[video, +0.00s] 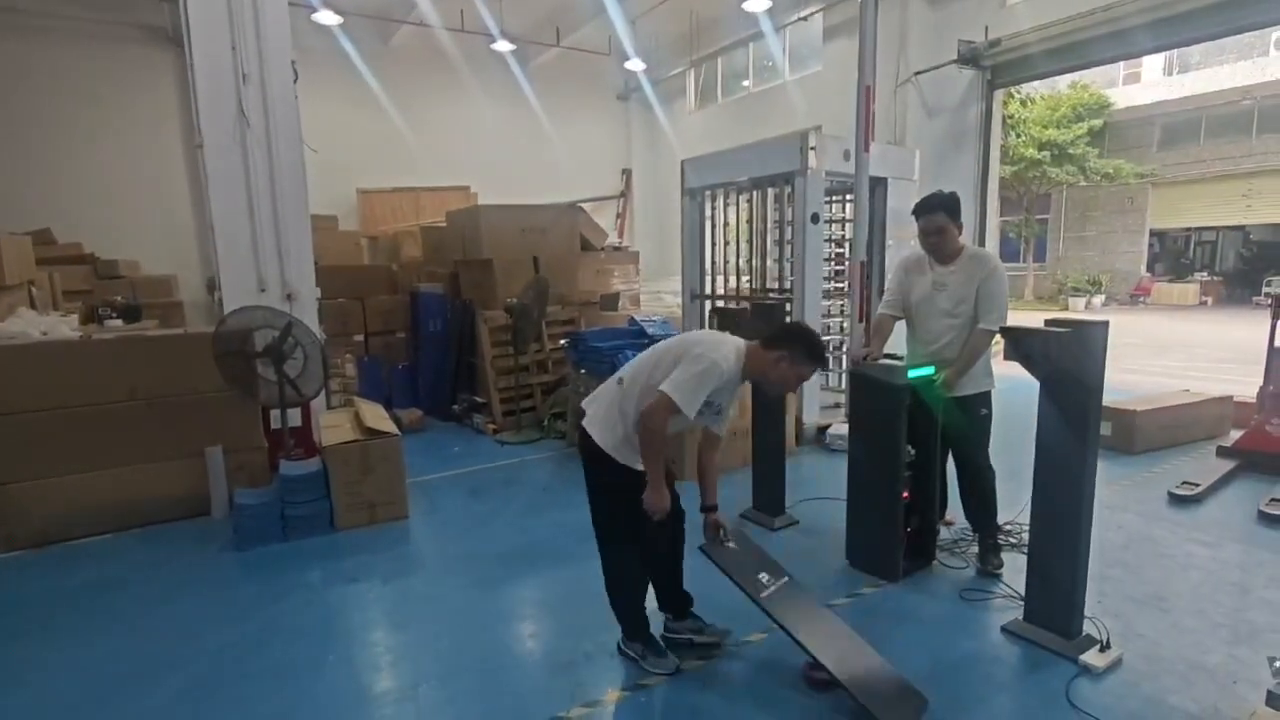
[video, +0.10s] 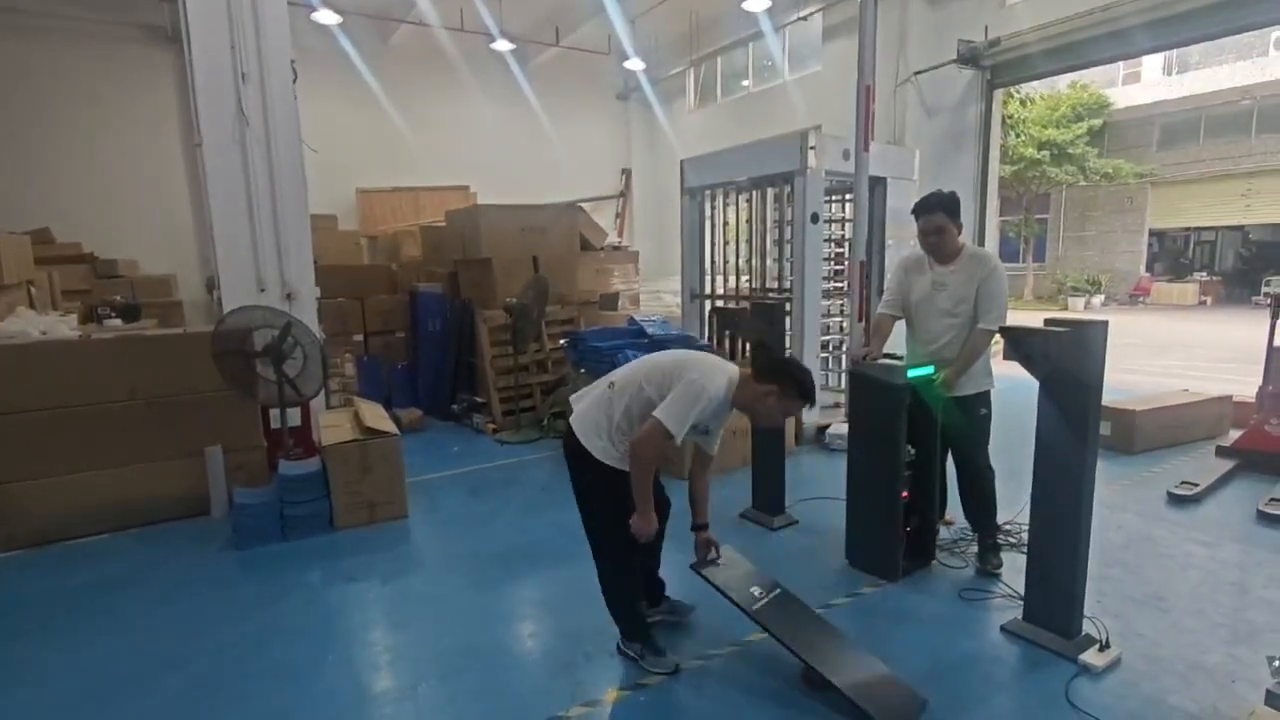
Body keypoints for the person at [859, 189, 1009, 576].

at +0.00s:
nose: (929, 242)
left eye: (937, 234)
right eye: (923, 234)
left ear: (959, 229)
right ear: (917, 232)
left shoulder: (986, 266)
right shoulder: (910, 264)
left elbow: (988, 327)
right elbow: (888, 312)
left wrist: (954, 373)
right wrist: (872, 348)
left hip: (970, 386)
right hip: (922, 385)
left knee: (975, 468)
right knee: (924, 468)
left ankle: (988, 543)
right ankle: (921, 543)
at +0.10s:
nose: (929, 241)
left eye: (937, 233)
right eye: (923, 234)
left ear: (959, 228)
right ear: (916, 231)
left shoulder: (986, 266)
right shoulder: (909, 264)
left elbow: (987, 327)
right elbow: (887, 311)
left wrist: (955, 372)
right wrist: (873, 348)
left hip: (969, 386)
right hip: (921, 385)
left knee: (974, 468)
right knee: (924, 468)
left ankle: (987, 541)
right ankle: (921, 543)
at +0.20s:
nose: (928, 241)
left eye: (937, 233)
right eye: (923, 233)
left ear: (958, 228)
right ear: (916, 231)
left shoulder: (985, 265)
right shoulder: (908, 265)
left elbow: (986, 327)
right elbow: (887, 311)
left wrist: (955, 371)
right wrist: (872, 347)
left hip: (969, 386)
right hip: (922, 385)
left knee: (972, 466)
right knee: (924, 467)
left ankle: (987, 541)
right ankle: (920, 544)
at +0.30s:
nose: (926, 240)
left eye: (935, 232)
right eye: (921, 233)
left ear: (957, 227)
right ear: (915, 230)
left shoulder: (984, 264)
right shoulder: (908, 264)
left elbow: (986, 326)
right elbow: (886, 311)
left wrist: (955, 370)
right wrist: (872, 345)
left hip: (968, 384)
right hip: (920, 383)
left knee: (972, 466)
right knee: (923, 465)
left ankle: (986, 540)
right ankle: (919, 543)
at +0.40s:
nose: (926, 240)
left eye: (934, 232)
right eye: (920, 232)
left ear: (957, 227)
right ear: (914, 230)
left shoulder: (984, 264)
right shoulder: (907, 264)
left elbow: (985, 326)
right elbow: (885, 311)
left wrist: (955, 369)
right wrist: (872, 345)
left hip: (967, 384)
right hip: (919, 382)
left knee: (971, 466)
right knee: (922, 466)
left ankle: (986, 539)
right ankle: (919, 543)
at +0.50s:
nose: (925, 240)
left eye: (934, 231)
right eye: (920, 232)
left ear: (956, 227)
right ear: (914, 229)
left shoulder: (984, 264)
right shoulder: (907, 264)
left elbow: (985, 326)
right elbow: (885, 311)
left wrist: (954, 368)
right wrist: (872, 344)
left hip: (967, 384)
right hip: (919, 382)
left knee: (971, 466)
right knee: (922, 466)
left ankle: (985, 539)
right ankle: (918, 544)